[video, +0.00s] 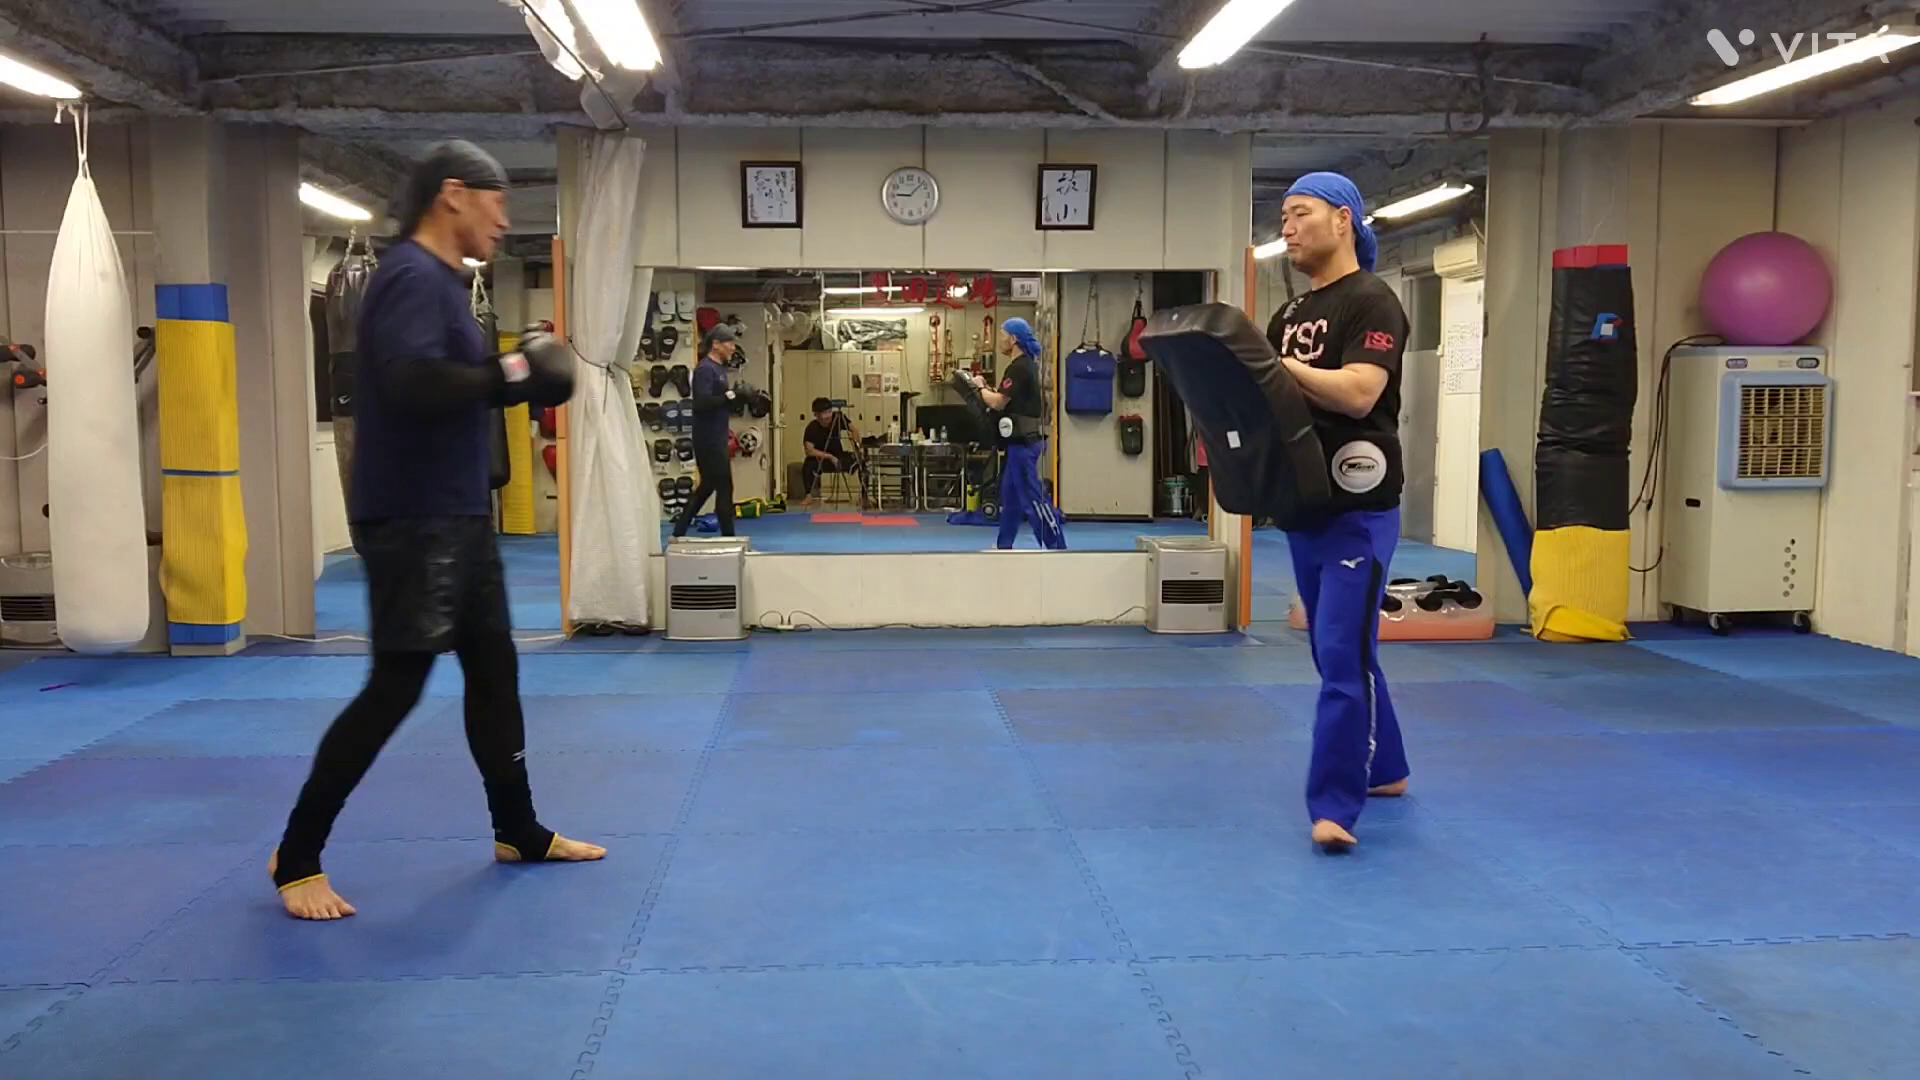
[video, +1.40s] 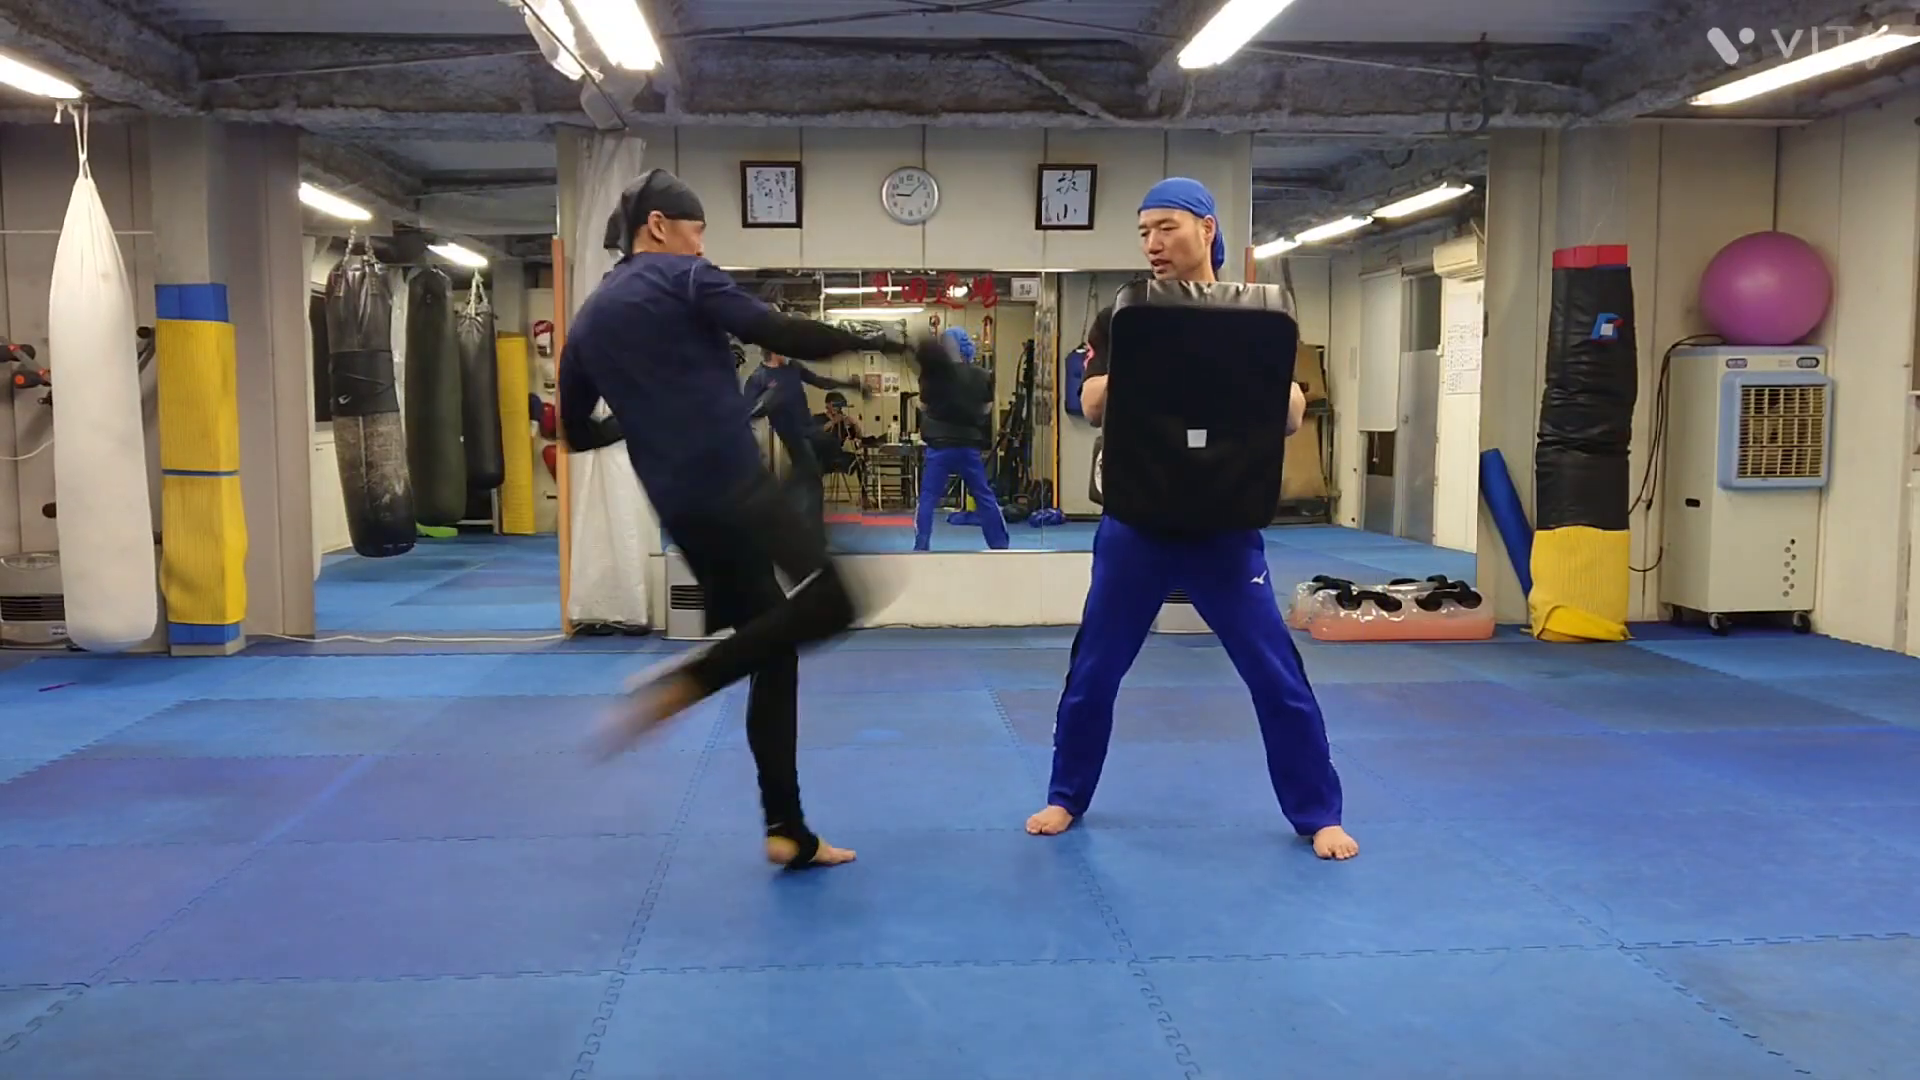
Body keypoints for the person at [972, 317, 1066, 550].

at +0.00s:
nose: (1000, 340)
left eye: (1003, 336)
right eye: (1001, 335)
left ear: (1014, 339)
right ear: (1017, 339)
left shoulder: (1019, 367)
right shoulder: (1026, 365)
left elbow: (998, 402)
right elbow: (1008, 399)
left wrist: (981, 388)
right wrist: (987, 389)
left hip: (1023, 441)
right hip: (1027, 438)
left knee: (1031, 495)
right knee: (1010, 494)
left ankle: (1057, 547)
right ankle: (1003, 545)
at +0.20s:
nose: (995, 342)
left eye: (998, 338)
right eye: (996, 338)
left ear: (1008, 340)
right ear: (1013, 341)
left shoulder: (1007, 369)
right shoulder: (1024, 366)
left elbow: (985, 402)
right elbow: (1004, 397)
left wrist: (972, 388)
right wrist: (983, 387)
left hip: (1009, 440)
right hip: (1021, 438)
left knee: (1003, 495)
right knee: (1008, 494)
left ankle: (1041, 537)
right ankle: (1004, 546)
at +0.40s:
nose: (987, 342)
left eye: (990, 337)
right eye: (988, 337)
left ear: (1000, 339)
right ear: (1007, 340)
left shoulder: (994, 368)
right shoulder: (1023, 368)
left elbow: (972, 401)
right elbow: (1008, 396)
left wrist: (968, 387)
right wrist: (981, 382)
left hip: (997, 438)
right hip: (1017, 438)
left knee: (976, 487)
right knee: (1006, 490)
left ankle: (1002, 534)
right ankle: (1007, 536)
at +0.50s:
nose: (981, 341)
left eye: (984, 337)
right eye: (981, 337)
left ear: (995, 340)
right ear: (1002, 340)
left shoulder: (987, 369)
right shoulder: (1020, 369)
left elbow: (964, 399)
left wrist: (965, 385)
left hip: (987, 438)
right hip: (1012, 438)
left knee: (970, 487)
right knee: (1005, 494)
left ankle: (970, 539)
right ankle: (1005, 544)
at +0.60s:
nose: (976, 342)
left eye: (978, 338)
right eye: (976, 338)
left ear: (988, 341)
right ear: (999, 342)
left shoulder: (978, 370)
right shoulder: (1015, 371)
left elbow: (958, 400)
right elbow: (1013, 404)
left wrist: (958, 388)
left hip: (980, 440)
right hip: (1006, 440)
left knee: (960, 488)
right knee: (1003, 496)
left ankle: (945, 540)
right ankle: (1004, 545)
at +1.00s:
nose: (945, 347)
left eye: (947, 343)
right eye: (946, 342)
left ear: (954, 346)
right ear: (970, 347)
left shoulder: (941, 373)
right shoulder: (985, 375)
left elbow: (928, 395)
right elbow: (991, 398)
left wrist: (936, 372)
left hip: (943, 443)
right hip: (973, 443)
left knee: (930, 496)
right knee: (985, 495)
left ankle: (921, 545)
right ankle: (1000, 545)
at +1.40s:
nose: (945, 350)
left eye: (945, 346)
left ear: (943, 350)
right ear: (967, 348)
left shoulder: (932, 374)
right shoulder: (979, 375)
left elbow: (924, 405)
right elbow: (986, 407)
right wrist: (966, 414)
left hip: (939, 445)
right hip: (969, 444)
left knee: (928, 497)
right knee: (983, 495)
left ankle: (921, 546)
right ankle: (999, 544)